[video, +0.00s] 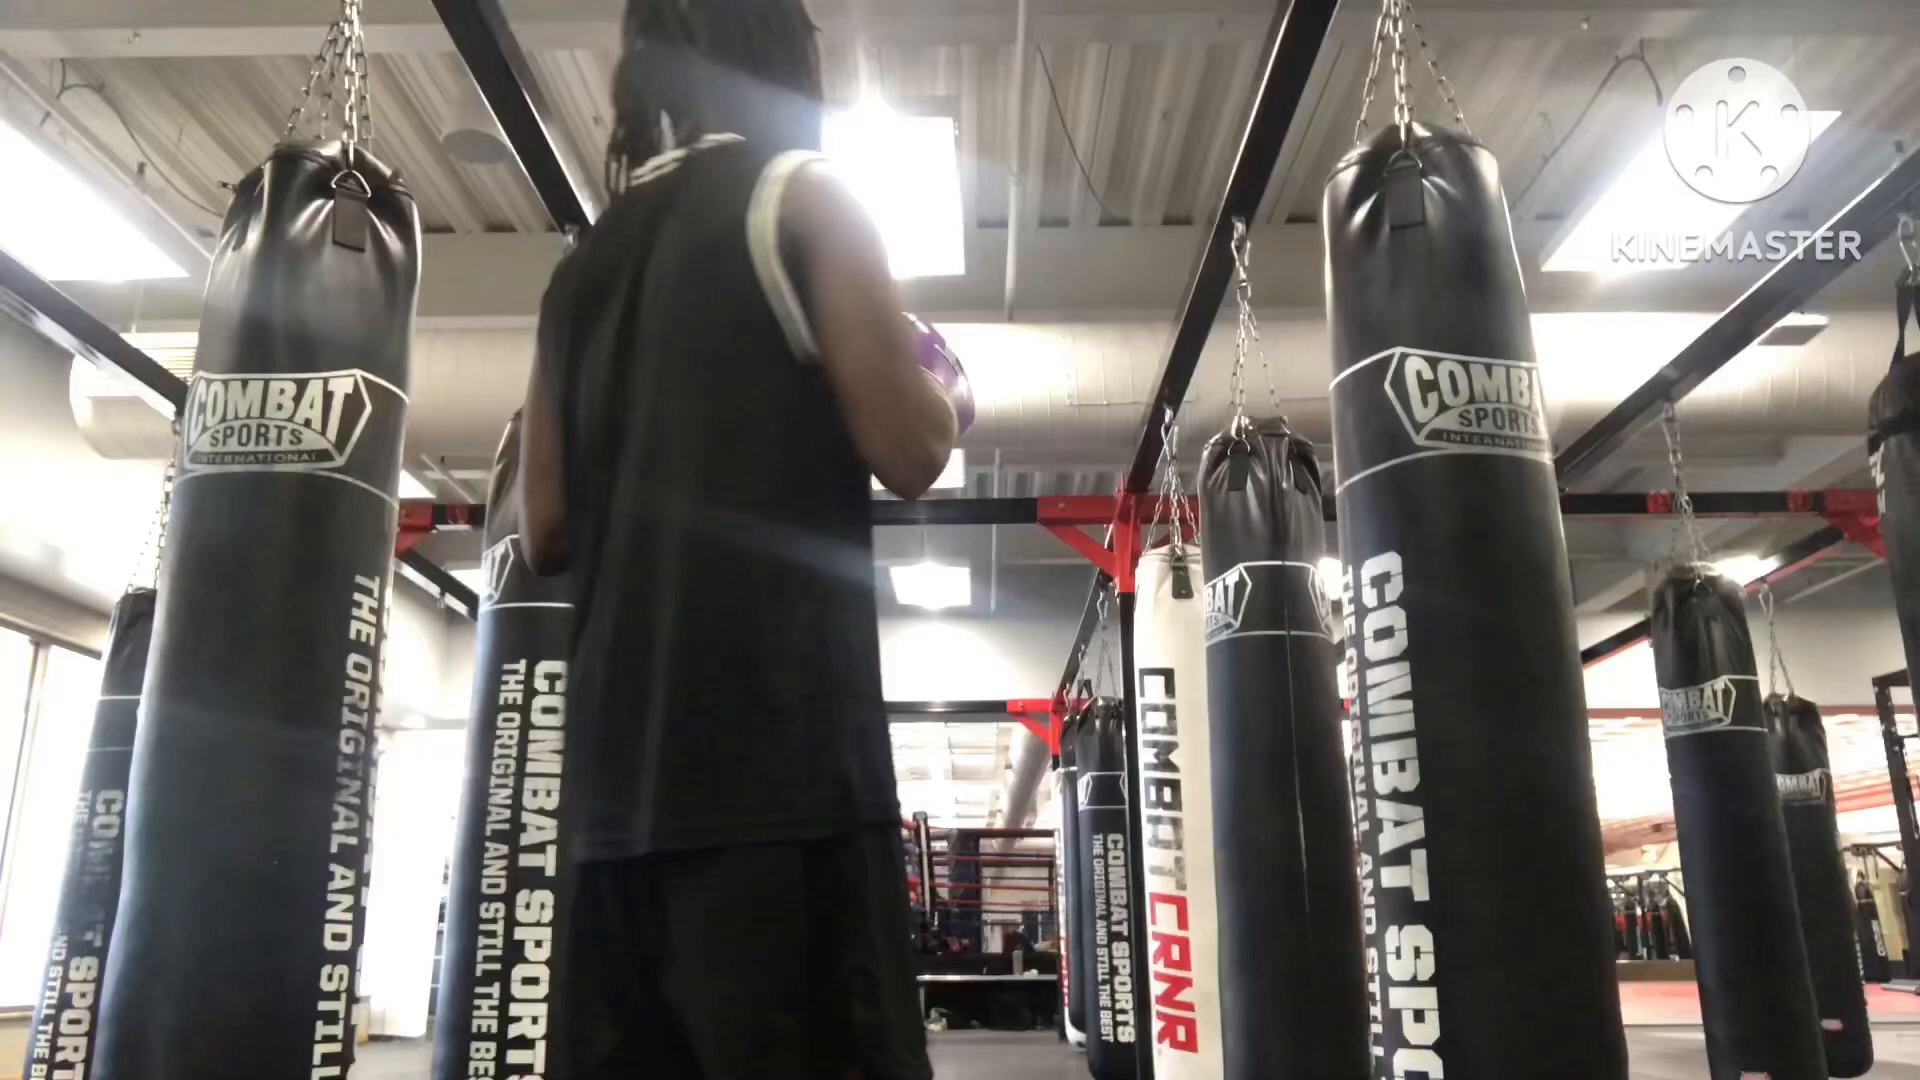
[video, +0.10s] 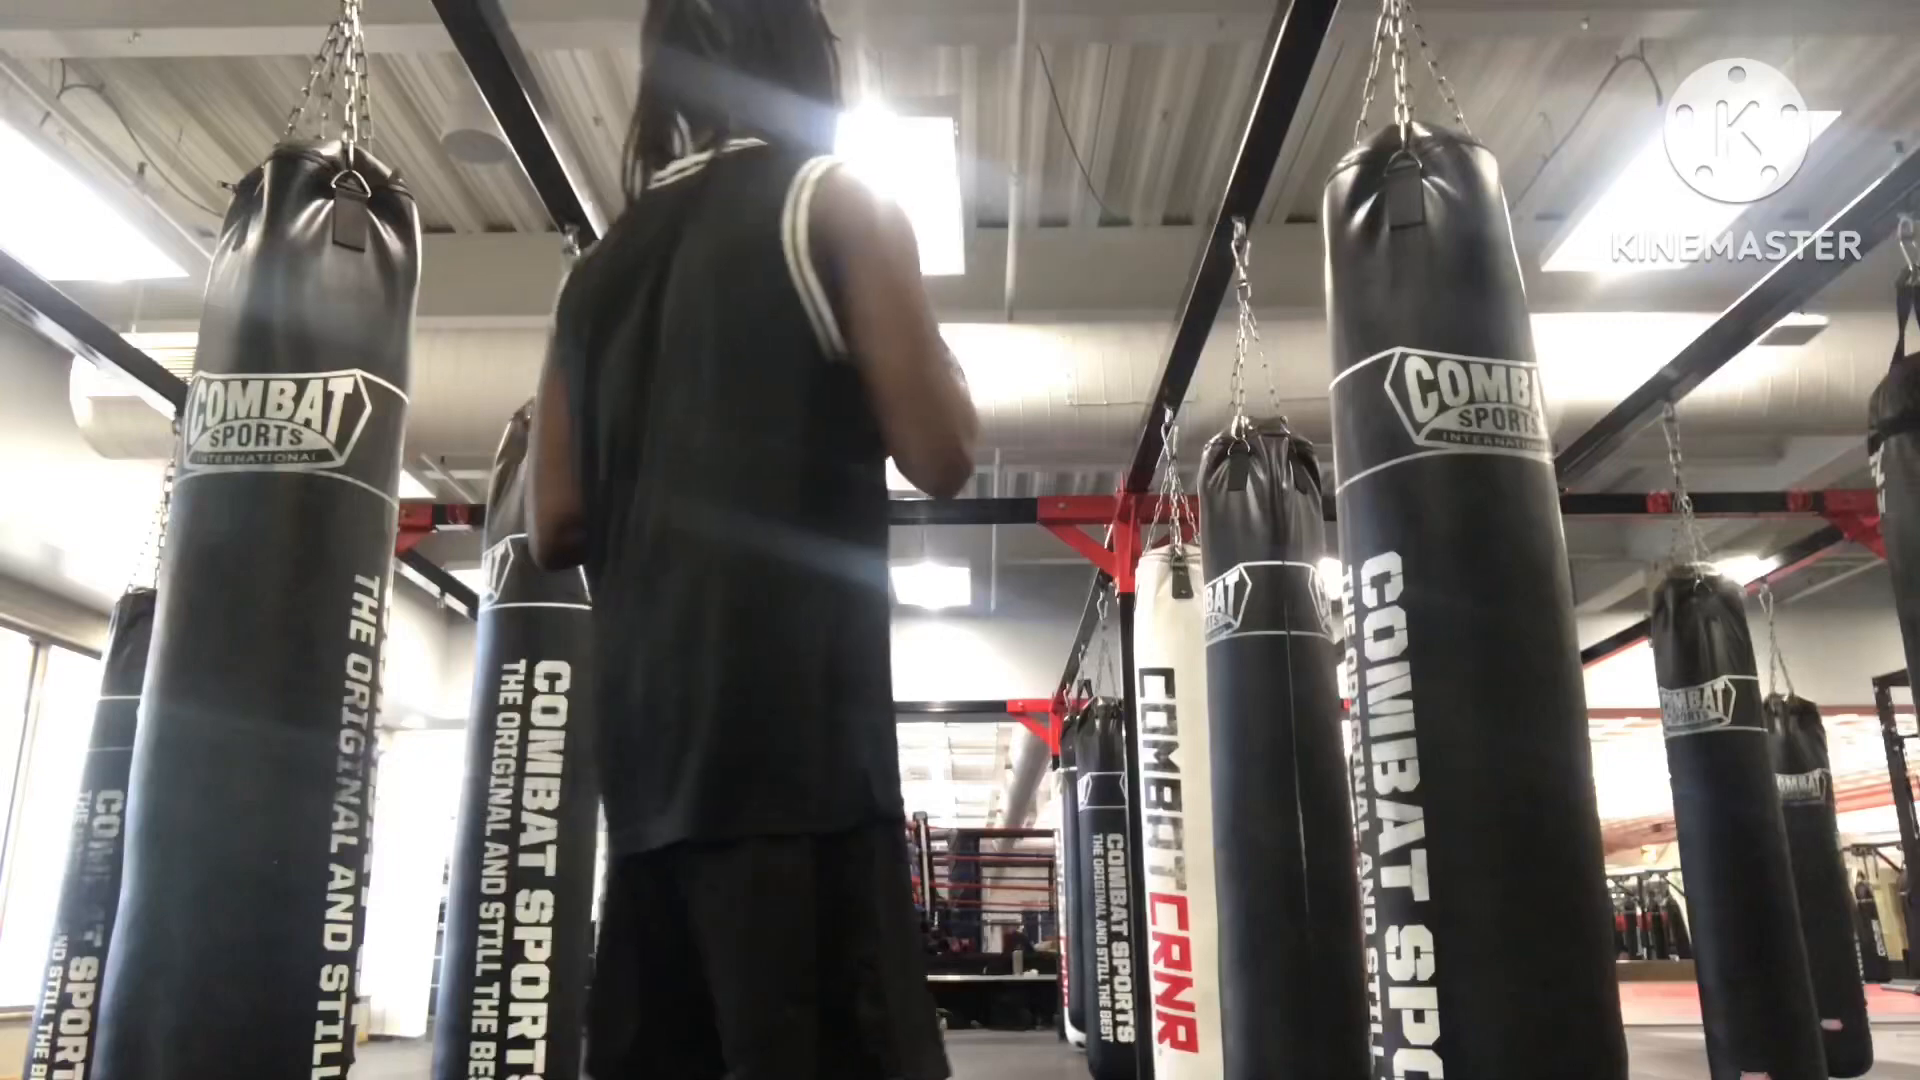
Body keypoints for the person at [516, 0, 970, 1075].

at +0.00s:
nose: (814, 79)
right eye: (800, 55)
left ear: (638, 80)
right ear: (783, 62)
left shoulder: (579, 269)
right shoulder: (798, 193)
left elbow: (547, 524)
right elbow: (913, 456)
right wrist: (940, 389)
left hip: (616, 784)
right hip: (785, 767)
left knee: (624, 1063)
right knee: (808, 1056)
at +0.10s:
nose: (833, 88)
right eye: (821, 64)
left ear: (663, 88)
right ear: (805, 73)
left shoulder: (595, 272)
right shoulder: (833, 204)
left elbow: (557, 520)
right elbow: (942, 460)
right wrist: (889, 331)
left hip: (647, 752)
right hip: (800, 739)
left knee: (662, 1054)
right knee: (826, 1049)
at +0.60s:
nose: (886, 172)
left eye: (878, 150)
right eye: (874, 150)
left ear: (754, 172)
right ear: (847, 158)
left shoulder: (752, 295)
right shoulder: (833, 268)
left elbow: (826, 473)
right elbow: (946, 492)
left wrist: (928, 366)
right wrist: (993, 384)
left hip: (739, 767)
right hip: (810, 767)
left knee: (755, 1045)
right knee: (865, 1046)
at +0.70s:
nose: (899, 188)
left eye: (889, 166)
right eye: (886, 166)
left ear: (769, 186)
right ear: (862, 176)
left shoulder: (772, 296)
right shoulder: (830, 283)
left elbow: (938, 497)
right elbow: (953, 488)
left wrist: (964, 366)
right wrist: (999, 375)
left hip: (755, 765)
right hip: (811, 770)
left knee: (755, 1046)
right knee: (846, 1050)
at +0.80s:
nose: (906, 195)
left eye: (896, 173)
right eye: (891, 173)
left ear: (780, 190)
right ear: (862, 183)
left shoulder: (775, 303)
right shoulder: (830, 286)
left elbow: (941, 504)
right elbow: (952, 475)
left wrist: (988, 420)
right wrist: (990, 368)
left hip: (759, 749)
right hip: (813, 752)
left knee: (763, 1041)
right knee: (833, 1044)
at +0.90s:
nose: (910, 199)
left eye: (901, 176)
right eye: (895, 176)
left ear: (786, 192)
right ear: (864, 187)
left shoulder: (777, 302)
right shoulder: (830, 291)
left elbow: (925, 511)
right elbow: (948, 479)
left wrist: (978, 396)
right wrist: (987, 371)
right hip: (809, 743)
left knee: (774, 1028)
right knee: (792, 1032)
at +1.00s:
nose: (910, 203)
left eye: (901, 180)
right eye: (894, 180)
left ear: (790, 197)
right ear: (853, 192)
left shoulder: (769, 308)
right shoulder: (815, 298)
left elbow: (923, 518)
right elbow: (911, 503)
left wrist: (973, 419)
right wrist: (981, 419)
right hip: (800, 742)